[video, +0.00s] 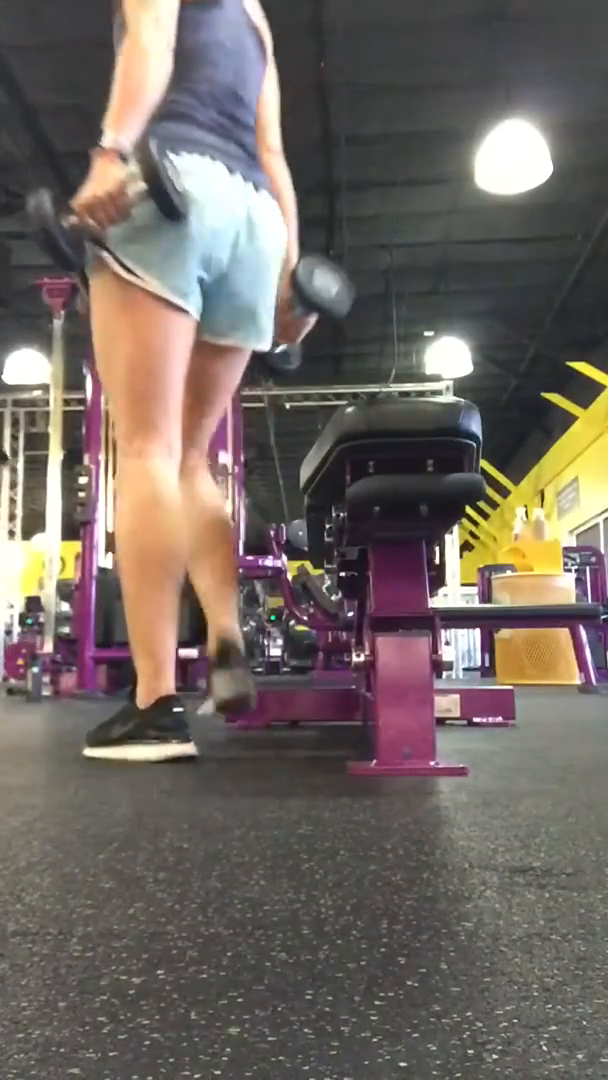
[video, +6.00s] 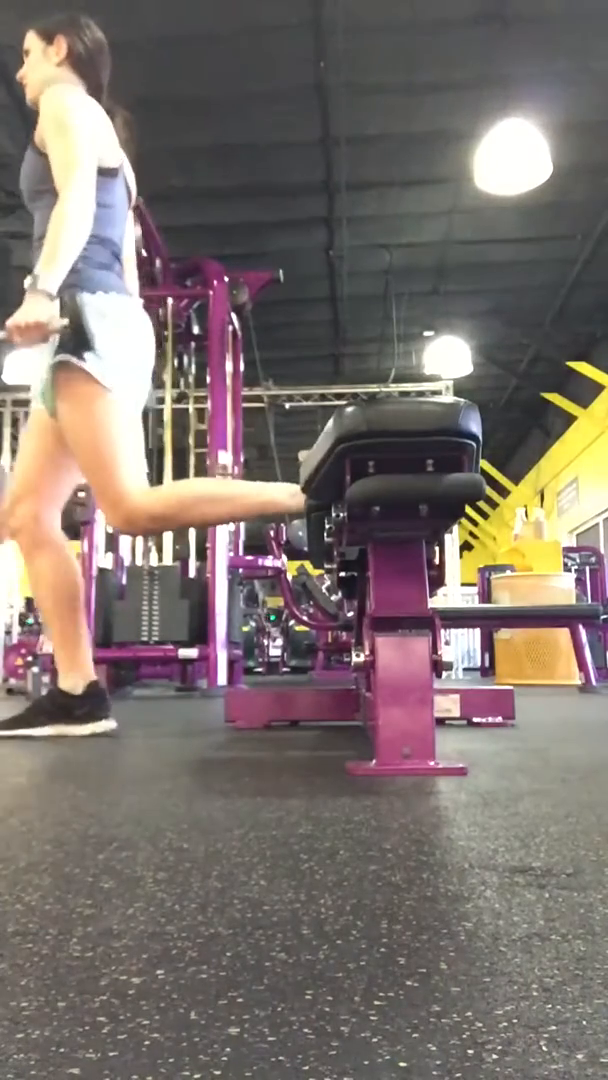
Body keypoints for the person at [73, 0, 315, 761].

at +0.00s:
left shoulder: (161, 3)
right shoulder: (254, 21)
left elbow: (148, 47)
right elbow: (269, 149)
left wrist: (110, 152)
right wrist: (287, 266)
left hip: (166, 182)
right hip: (258, 211)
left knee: (146, 452)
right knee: (192, 457)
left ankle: (155, 702)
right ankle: (226, 633)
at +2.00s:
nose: (47, 30)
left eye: (61, 16)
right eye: (38, 21)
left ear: (100, 25)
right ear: (38, 38)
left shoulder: (112, 76)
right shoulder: (90, 103)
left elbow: (150, 165)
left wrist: (131, 244)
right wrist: (92, 280)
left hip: (133, 292)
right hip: (165, 300)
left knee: (44, 461)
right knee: (117, 501)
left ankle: (185, 604)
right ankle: (110, 689)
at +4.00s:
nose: (70, 37)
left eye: (84, 23)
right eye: (60, 27)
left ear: (121, 36)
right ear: (57, 42)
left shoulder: (120, 91)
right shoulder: (92, 108)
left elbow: (132, 179)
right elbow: (93, 208)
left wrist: (95, 266)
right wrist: (70, 277)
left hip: (110, 301)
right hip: (85, 307)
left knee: (116, 493)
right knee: (51, 504)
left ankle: (304, 494)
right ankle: (81, 690)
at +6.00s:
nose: (18, 69)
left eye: (25, 54)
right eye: (21, 57)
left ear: (58, 51)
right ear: (70, 56)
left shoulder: (63, 101)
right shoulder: (90, 122)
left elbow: (77, 195)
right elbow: (120, 242)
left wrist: (40, 290)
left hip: (95, 317)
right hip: (95, 323)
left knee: (126, 507)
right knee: (27, 515)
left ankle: (306, 493)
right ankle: (76, 691)